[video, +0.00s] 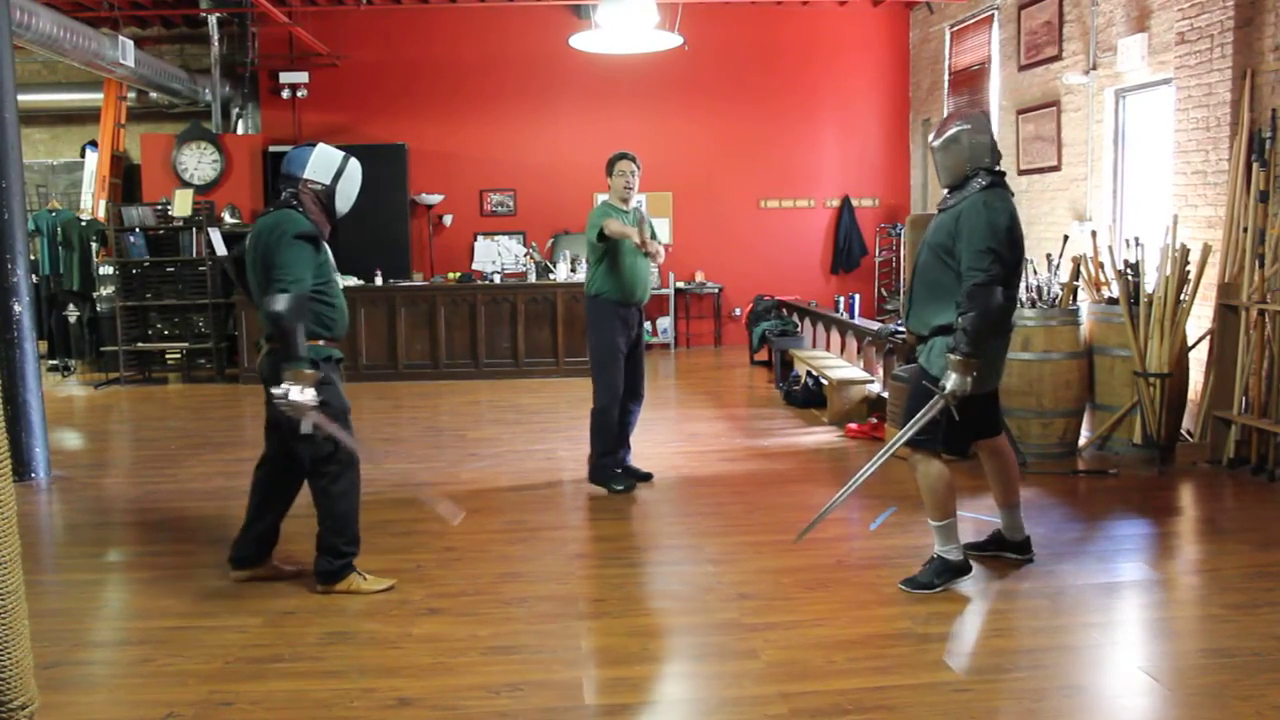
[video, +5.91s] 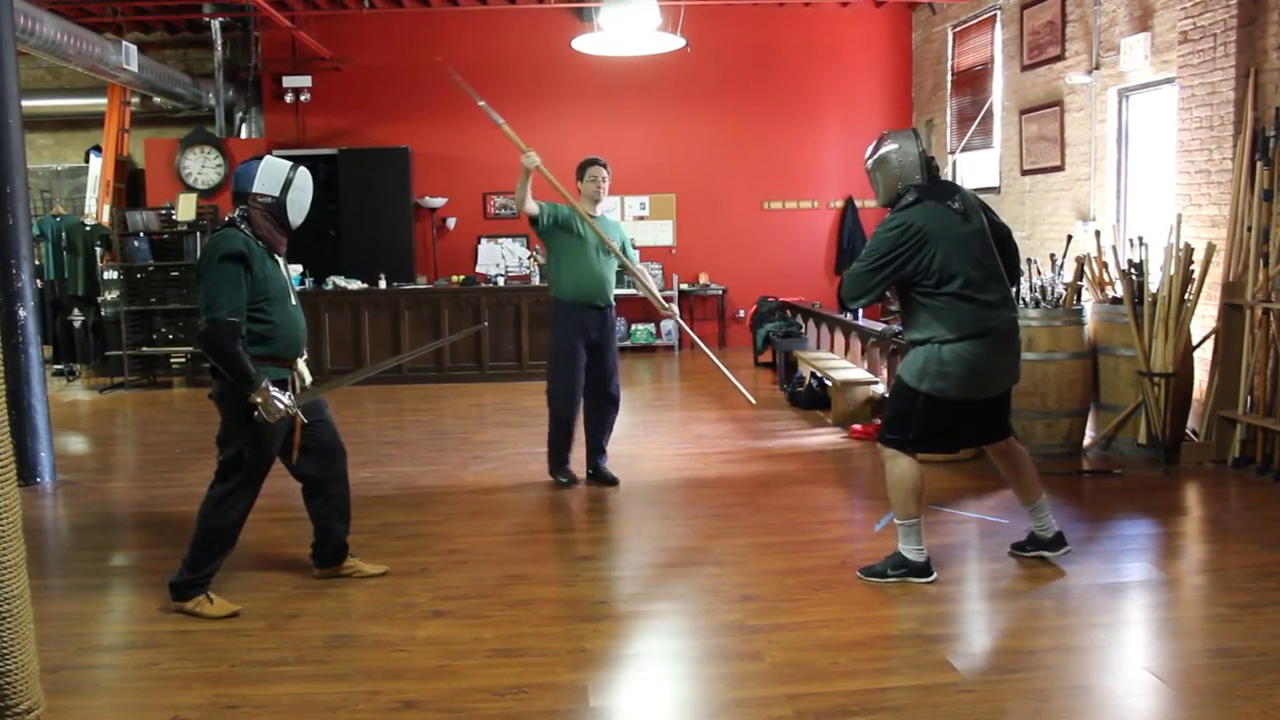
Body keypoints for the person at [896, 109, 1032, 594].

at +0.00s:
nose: (937, 162)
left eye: (944, 151)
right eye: (938, 152)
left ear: (967, 151)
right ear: (975, 153)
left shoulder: (983, 205)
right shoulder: (971, 201)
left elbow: (983, 286)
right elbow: (956, 282)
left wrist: (964, 355)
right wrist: (917, 329)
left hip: (950, 347)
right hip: (969, 346)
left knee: (923, 447)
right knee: (989, 436)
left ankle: (948, 555)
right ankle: (1013, 535)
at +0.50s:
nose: (894, 172)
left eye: (897, 160)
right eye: (894, 161)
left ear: (917, 158)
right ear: (941, 154)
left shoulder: (938, 208)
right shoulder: (982, 199)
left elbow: (927, 294)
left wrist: (895, 367)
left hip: (969, 352)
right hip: (1010, 348)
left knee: (940, 453)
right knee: (1006, 440)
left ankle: (954, 563)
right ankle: (1018, 535)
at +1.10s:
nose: (940, 170)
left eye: (945, 159)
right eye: (940, 160)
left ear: (968, 157)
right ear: (982, 156)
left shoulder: (978, 209)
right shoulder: (1019, 196)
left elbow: (945, 289)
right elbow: (1042, 265)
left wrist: (909, 295)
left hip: (996, 345)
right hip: (1035, 341)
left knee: (940, 437)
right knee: (1024, 439)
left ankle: (950, 552)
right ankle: (1053, 541)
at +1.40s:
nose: (911, 177)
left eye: (914, 167)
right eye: (911, 168)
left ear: (933, 169)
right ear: (962, 165)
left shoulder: (937, 222)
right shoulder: (1004, 201)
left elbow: (884, 287)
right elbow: (1040, 262)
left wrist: (906, 241)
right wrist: (1007, 295)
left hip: (970, 351)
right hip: (1022, 346)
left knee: (909, 435)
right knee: (1019, 440)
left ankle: (907, 551)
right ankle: (1052, 540)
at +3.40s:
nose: (874, 192)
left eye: (876, 182)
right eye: (873, 183)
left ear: (892, 180)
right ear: (923, 172)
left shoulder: (904, 228)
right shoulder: (967, 204)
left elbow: (850, 298)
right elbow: (1009, 251)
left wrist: (886, 273)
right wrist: (995, 296)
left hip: (952, 352)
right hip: (1005, 344)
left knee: (892, 436)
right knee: (1012, 438)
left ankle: (910, 553)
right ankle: (1052, 538)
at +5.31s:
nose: (881, 193)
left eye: (883, 182)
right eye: (881, 183)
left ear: (901, 179)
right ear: (928, 172)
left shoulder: (911, 228)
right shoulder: (976, 206)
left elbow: (859, 297)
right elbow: (1017, 262)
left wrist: (891, 275)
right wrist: (990, 300)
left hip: (954, 355)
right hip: (1009, 349)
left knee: (898, 440)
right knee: (1015, 441)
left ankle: (912, 556)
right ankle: (1054, 540)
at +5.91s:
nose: (874, 188)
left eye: (876, 177)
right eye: (874, 178)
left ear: (892, 175)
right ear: (923, 167)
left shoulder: (904, 223)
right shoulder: (969, 203)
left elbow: (851, 293)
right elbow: (1009, 254)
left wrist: (886, 269)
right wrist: (993, 296)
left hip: (944, 352)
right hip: (1000, 344)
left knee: (897, 442)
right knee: (999, 436)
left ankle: (912, 555)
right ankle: (1047, 531)